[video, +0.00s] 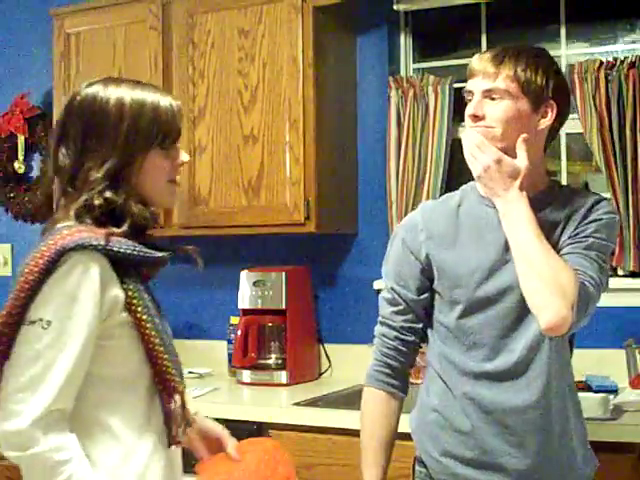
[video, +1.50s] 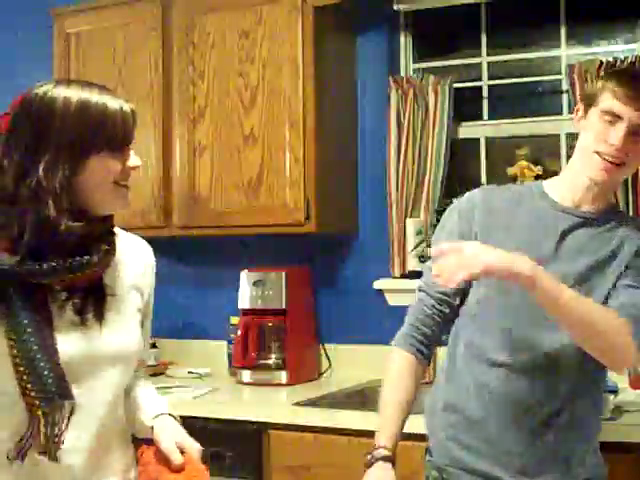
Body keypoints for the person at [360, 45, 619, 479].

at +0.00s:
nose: (472, 110)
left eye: (493, 96)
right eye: (470, 97)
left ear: (545, 114)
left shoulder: (587, 213)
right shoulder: (423, 228)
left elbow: (557, 314)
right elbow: (388, 367)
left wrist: (508, 196)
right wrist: (373, 474)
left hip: (550, 462)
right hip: (446, 462)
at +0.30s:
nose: (470, 113)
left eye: (490, 98)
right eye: (467, 101)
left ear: (544, 113)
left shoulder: (592, 212)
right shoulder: (432, 232)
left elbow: (567, 308)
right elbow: (408, 355)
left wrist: (513, 194)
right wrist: (399, 467)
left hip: (563, 460)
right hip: (463, 462)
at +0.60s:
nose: (456, 134)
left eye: (466, 115)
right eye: (457, 119)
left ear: (511, 110)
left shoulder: (605, 208)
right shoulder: (446, 224)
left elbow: (547, 291)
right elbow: (420, 356)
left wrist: (497, 176)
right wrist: (405, 470)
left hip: (554, 462)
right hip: (454, 459)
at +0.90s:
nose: (471, 129)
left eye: (482, 109)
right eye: (474, 115)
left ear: (532, 105)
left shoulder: (610, 215)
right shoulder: (457, 226)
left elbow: (518, 291)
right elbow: (432, 351)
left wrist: (494, 180)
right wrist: (408, 466)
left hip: (541, 464)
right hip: (442, 460)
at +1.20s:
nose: (604, 142)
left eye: (621, 130)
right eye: (593, 120)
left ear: (631, 140)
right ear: (555, 112)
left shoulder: (623, 225)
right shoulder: (463, 212)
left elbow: (540, 272)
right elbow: (428, 341)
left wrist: (445, 191)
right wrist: (411, 460)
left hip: (558, 463)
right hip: (452, 459)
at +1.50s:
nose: (619, 141)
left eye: (637, 132)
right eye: (611, 118)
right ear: (580, 116)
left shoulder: (629, 244)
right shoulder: (477, 211)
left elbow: (629, 357)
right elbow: (416, 337)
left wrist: (526, 272)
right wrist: (381, 456)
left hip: (566, 469)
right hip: (459, 463)